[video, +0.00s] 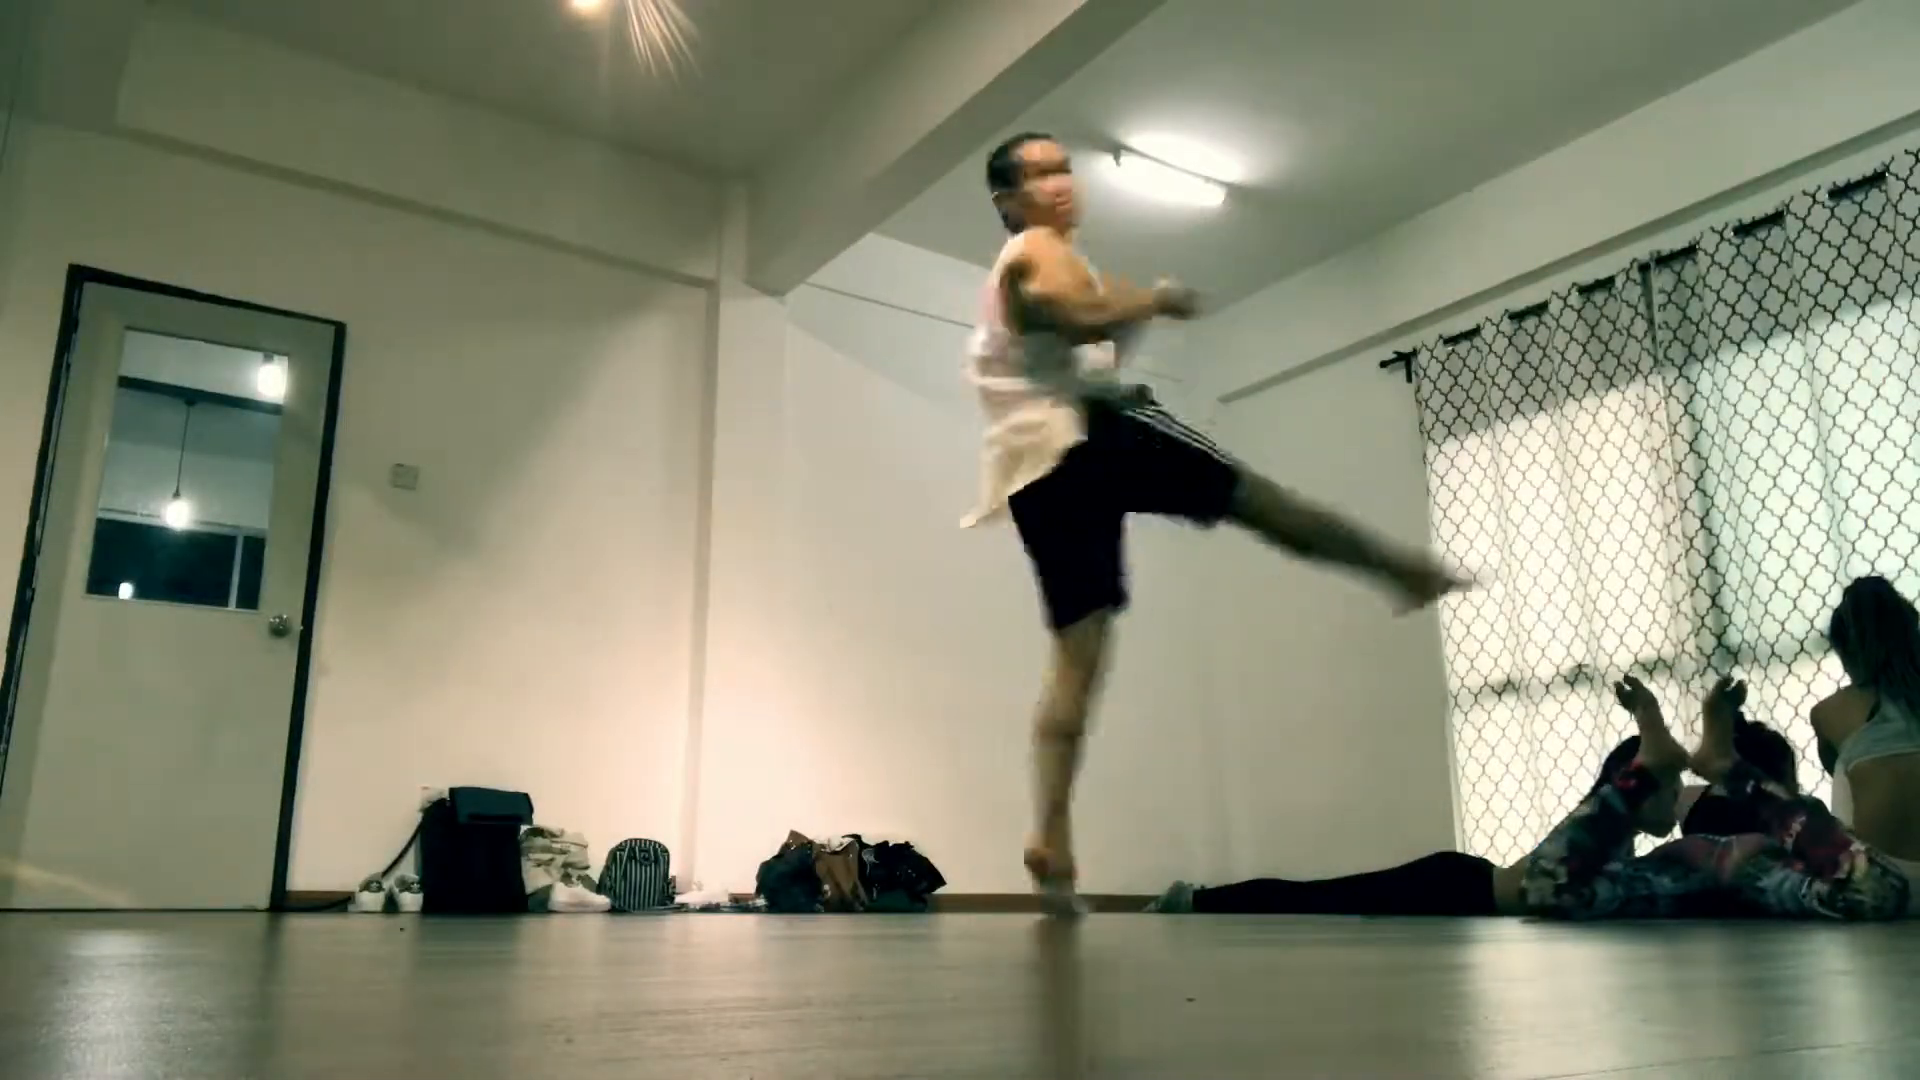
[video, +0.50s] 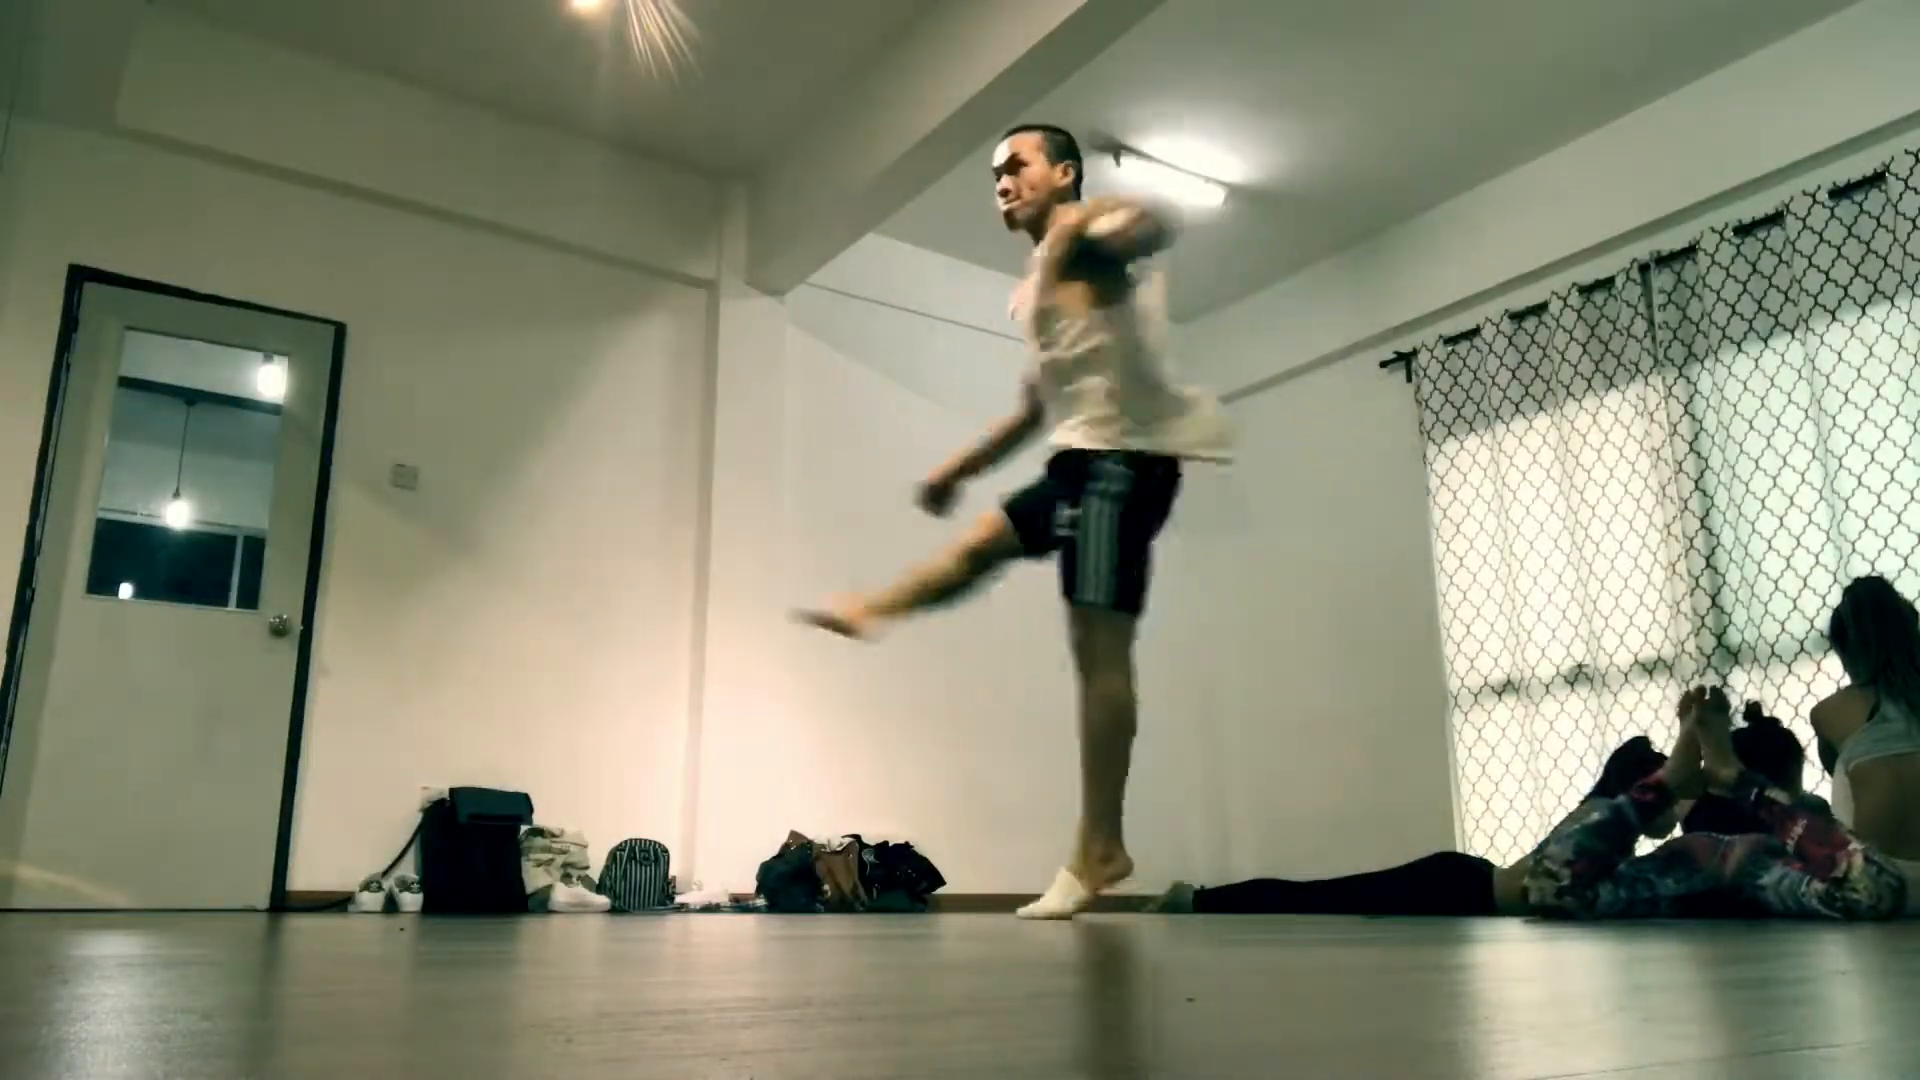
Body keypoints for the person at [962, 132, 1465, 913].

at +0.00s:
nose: (1066, 184)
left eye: (1065, 170)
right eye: (1047, 175)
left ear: (1061, 180)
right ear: (1010, 197)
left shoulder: (1013, 271)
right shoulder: (1036, 247)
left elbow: (1041, 358)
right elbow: (1058, 301)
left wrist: (1111, 329)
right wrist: (1150, 300)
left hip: (1035, 477)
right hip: (1085, 444)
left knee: (1078, 654)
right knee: (1255, 499)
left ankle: (1050, 839)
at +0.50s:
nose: (1001, 183)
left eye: (1017, 167)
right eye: (997, 174)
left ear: (1065, 173)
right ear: (1011, 194)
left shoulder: (1093, 224)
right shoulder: (1034, 287)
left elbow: (1157, 222)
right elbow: (1037, 406)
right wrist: (958, 470)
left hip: (1128, 458)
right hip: (1076, 460)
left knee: (1102, 659)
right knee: (982, 543)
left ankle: (1100, 852)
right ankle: (873, 609)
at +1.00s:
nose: (989, 212)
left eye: (1001, 195)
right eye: (980, 205)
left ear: (1045, 206)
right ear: (978, 224)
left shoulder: (1087, 308)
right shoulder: (968, 278)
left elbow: (1159, 386)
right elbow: (924, 322)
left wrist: (1238, 404)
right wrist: (976, 298)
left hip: (1063, 476)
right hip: (983, 465)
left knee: (1054, 681)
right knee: (1129, 487)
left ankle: (1024, 879)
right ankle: (1253, 482)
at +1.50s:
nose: (953, 117)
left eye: (970, 103)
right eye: (953, 105)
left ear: (1021, 119)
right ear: (1017, 130)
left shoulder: (984, 175)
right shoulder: (1052, 217)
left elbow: (965, 245)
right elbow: (1103, 355)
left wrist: (822, 266)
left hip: (1006, 439)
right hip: (1070, 436)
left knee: (1023, 646)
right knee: (997, 497)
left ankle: (1043, 845)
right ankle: (985, 595)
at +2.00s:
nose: (946, 193)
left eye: (958, 175)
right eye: (937, 184)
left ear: (1007, 179)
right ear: (941, 205)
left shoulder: (1087, 263)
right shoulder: (936, 289)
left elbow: (1211, 287)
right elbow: (807, 298)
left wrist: (1339, 290)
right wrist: (691, 280)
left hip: (1045, 494)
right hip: (956, 473)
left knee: (1023, 684)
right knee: (867, 392)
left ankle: (985, 884)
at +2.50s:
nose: (874, 95)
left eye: (880, 83)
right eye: (884, 81)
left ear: (889, 96)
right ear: (959, 107)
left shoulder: (837, 185)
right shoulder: (988, 172)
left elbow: (813, 307)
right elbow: (1088, 244)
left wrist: (894, 289)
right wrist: (1043, 271)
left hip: (906, 447)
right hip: (1006, 409)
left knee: (951, 649)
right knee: (1102, 511)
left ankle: (996, 840)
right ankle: (1176, 597)